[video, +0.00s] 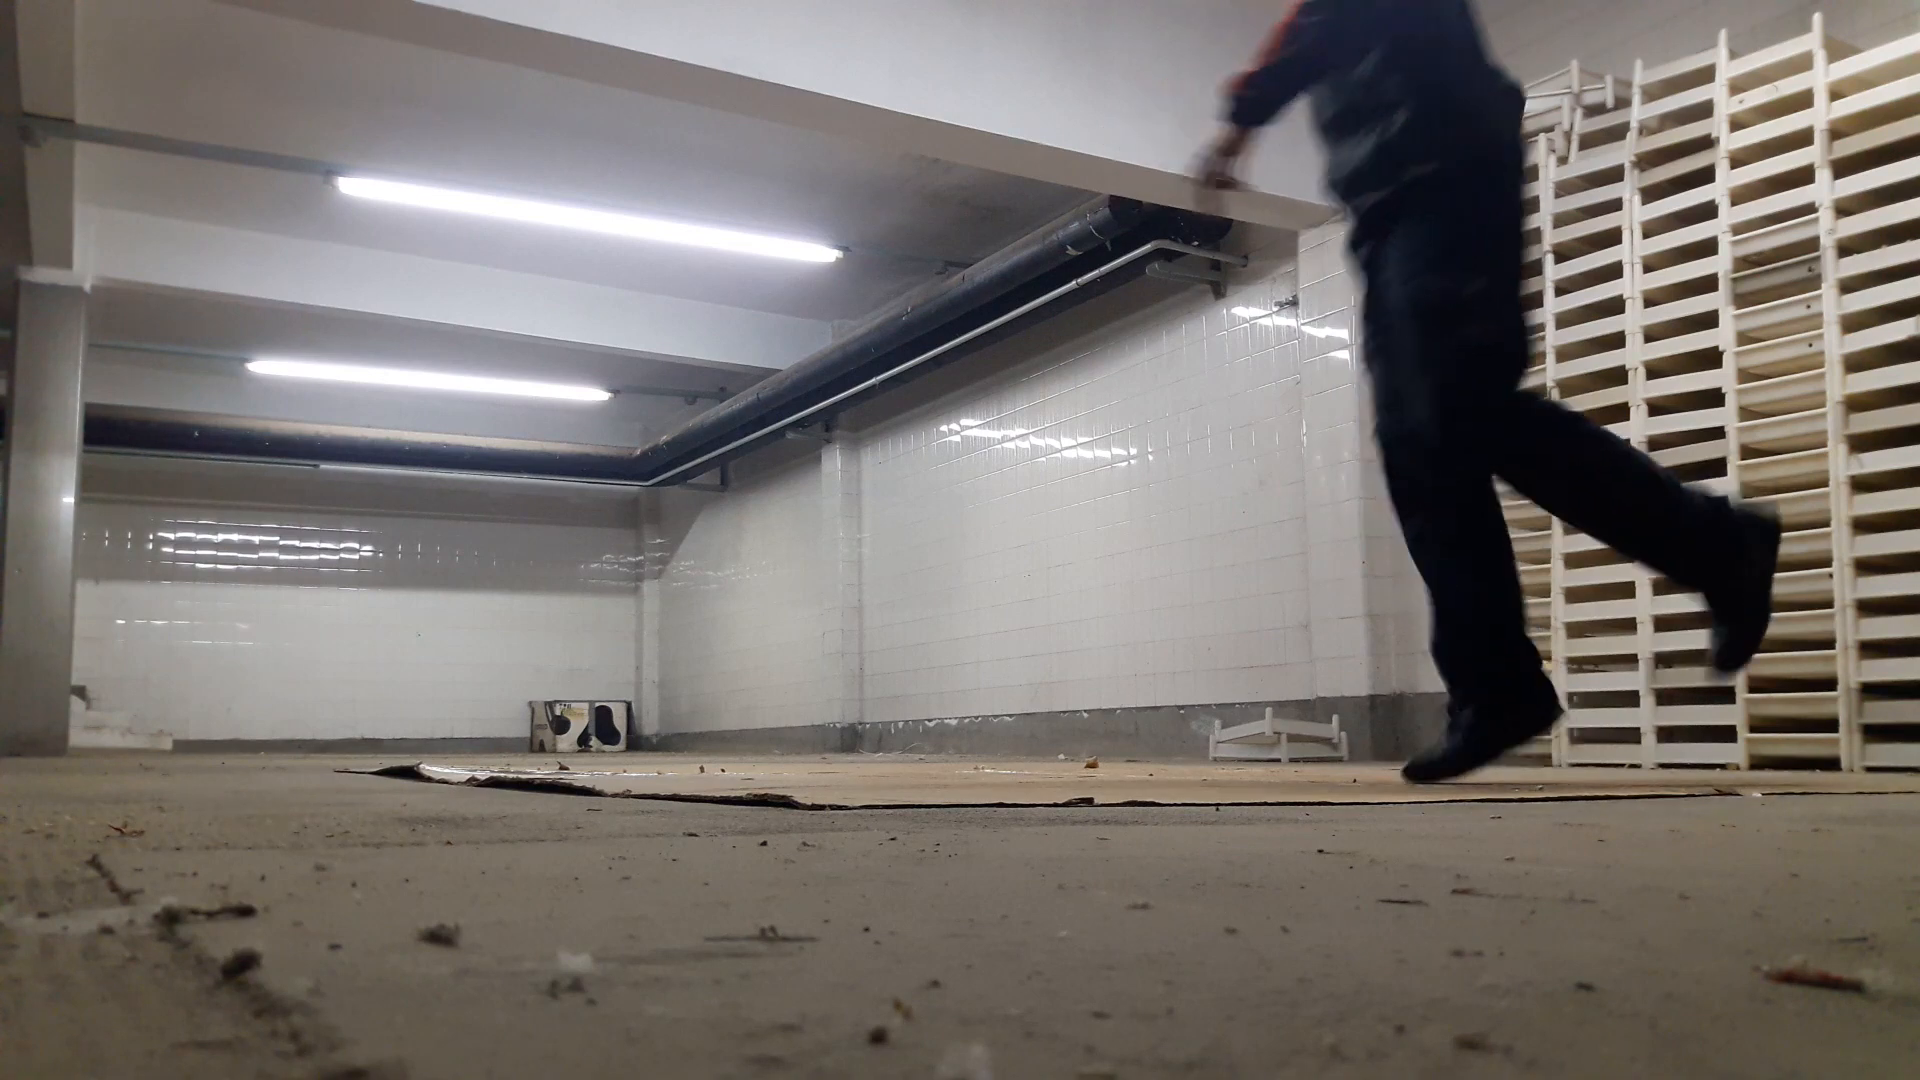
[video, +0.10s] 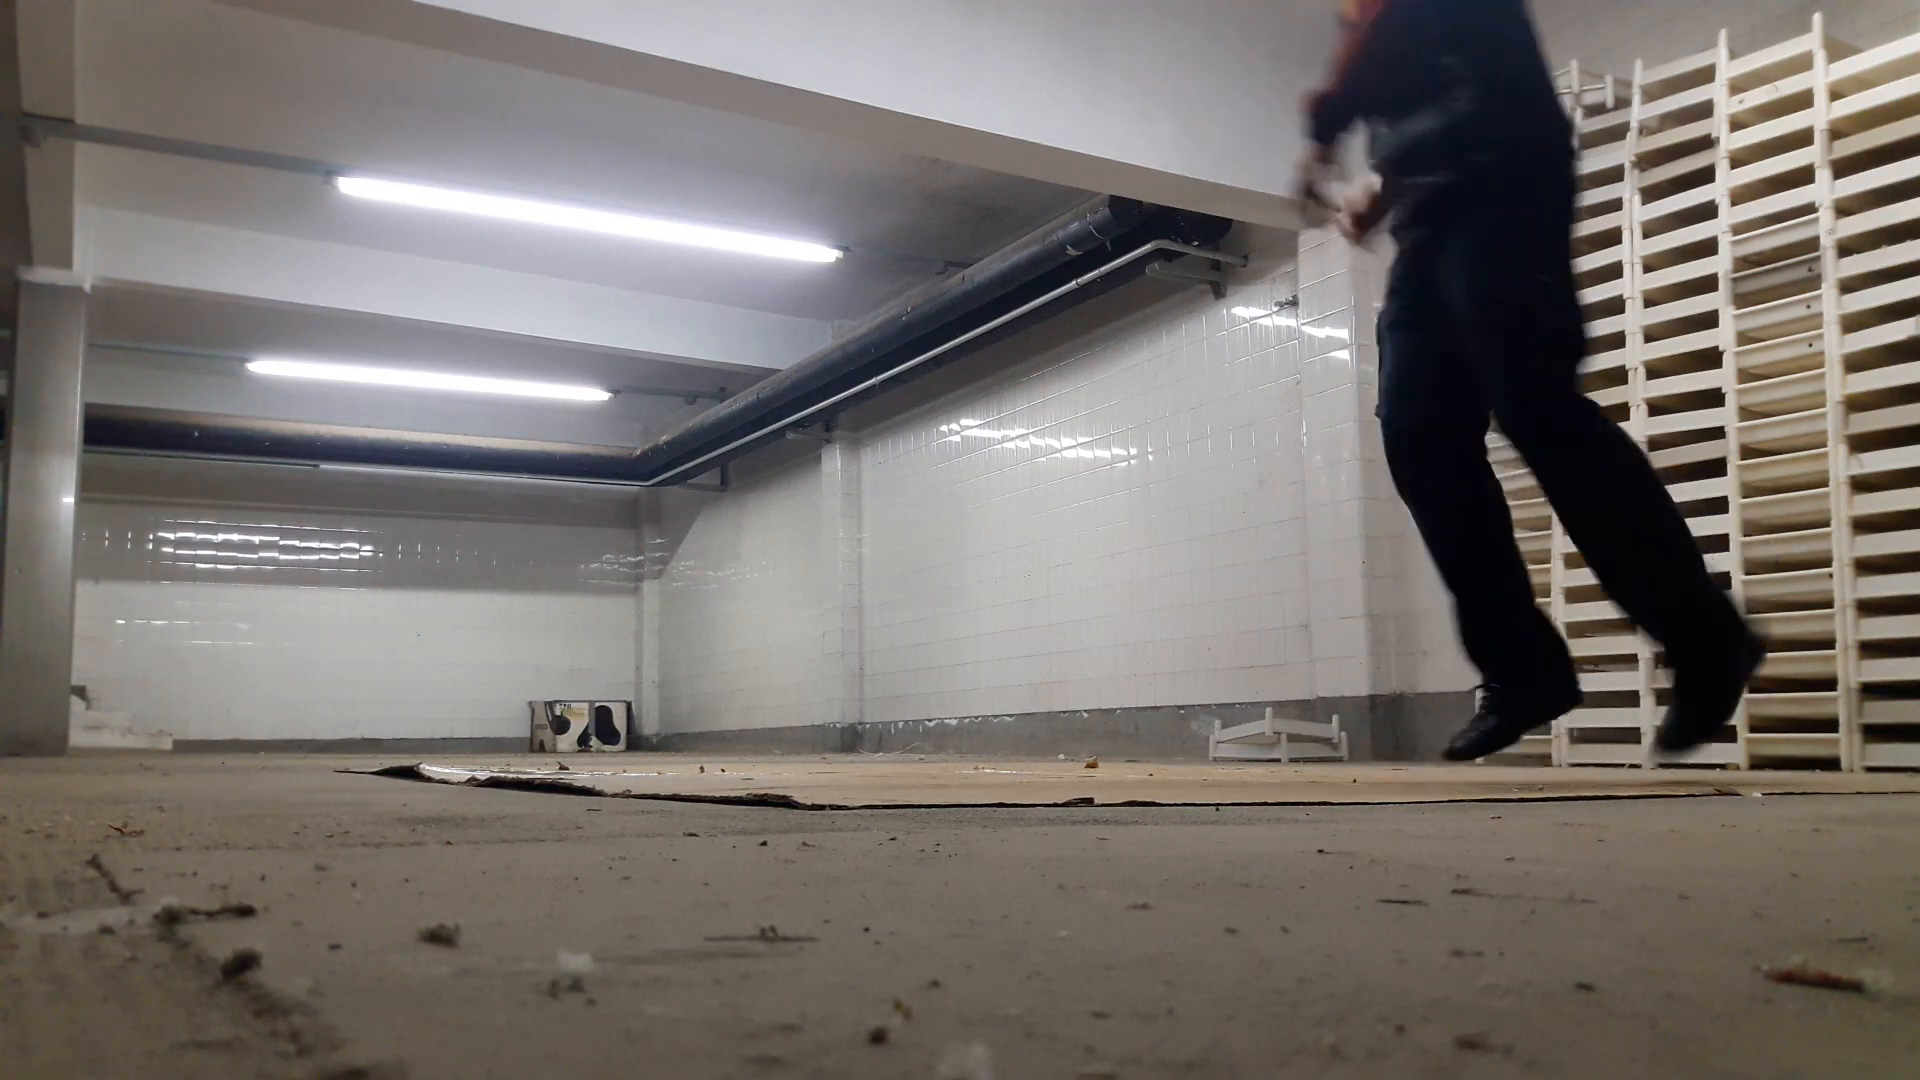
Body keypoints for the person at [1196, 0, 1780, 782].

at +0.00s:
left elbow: (1329, 23)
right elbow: (1316, 39)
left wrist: (1244, 107)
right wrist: (1240, 126)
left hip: (1447, 151)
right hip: (1384, 183)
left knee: (1469, 407)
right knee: (1417, 442)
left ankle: (1722, 548)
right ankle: (1499, 691)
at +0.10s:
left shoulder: (1457, 10)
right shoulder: (1382, 19)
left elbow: (1489, 104)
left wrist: (1331, 123)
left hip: (1504, 176)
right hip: (1428, 196)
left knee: (1540, 410)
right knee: (1424, 439)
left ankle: (1709, 642)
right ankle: (1525, 674)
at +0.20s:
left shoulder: (1516, 9)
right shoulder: (1415, 16)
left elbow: (1498, 74)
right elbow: (1429, 94)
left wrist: (1379, 154)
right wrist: (1392, 181)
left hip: (1552, 233)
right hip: (1476, 244)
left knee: (1604, 464)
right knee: (1436, 458)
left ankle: (1723, 705)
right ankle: (1526, 679)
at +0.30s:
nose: (1408, 6)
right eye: (1404, 5)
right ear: (1415, 12)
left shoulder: (1553, 15)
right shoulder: (1420, 83)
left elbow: (1573, 141)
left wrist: (1436, 220)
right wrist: (1357, 155)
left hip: (1596, 313)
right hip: (1502, 330)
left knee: (1614, 511)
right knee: (1461, 520)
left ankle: (1747, 732)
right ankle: (1511, 721)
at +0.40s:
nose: (1434, 0)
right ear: (1428, 2)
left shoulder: (1578, 17)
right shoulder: (1408, 62)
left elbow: (1632, 138)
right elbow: (1360, 207)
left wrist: (1484, 219)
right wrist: (1381, 166)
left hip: (1598, 302)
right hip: (1494, 318)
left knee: (1640, 490)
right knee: (1452, 498)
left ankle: (1740, 722)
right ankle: (1504, 705)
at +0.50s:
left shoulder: (1583, 6)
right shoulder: (1391, 18)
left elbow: (1650, 95)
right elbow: (1346, 141)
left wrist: (1535, 204)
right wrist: (1364, 229)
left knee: (1648, 478)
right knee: (1467, 489)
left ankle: (1697, 702)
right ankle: (1509, 706)